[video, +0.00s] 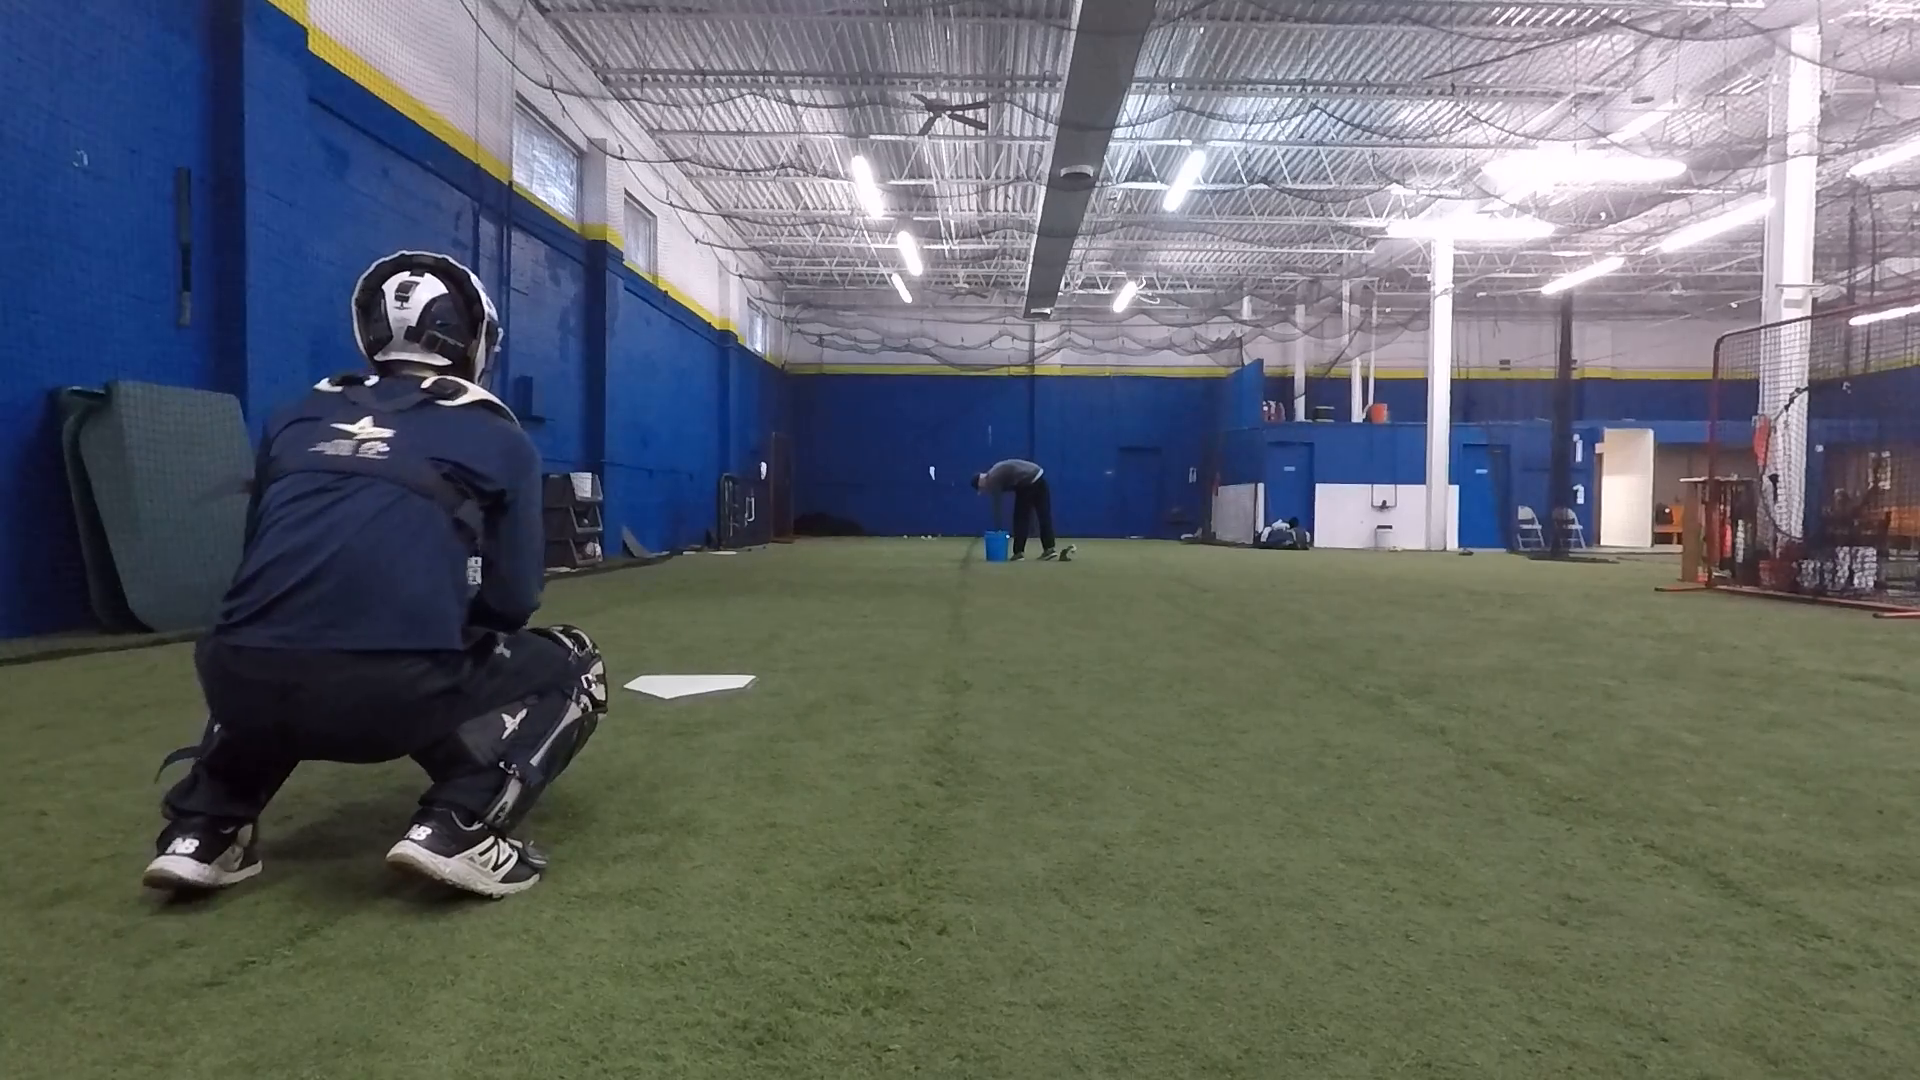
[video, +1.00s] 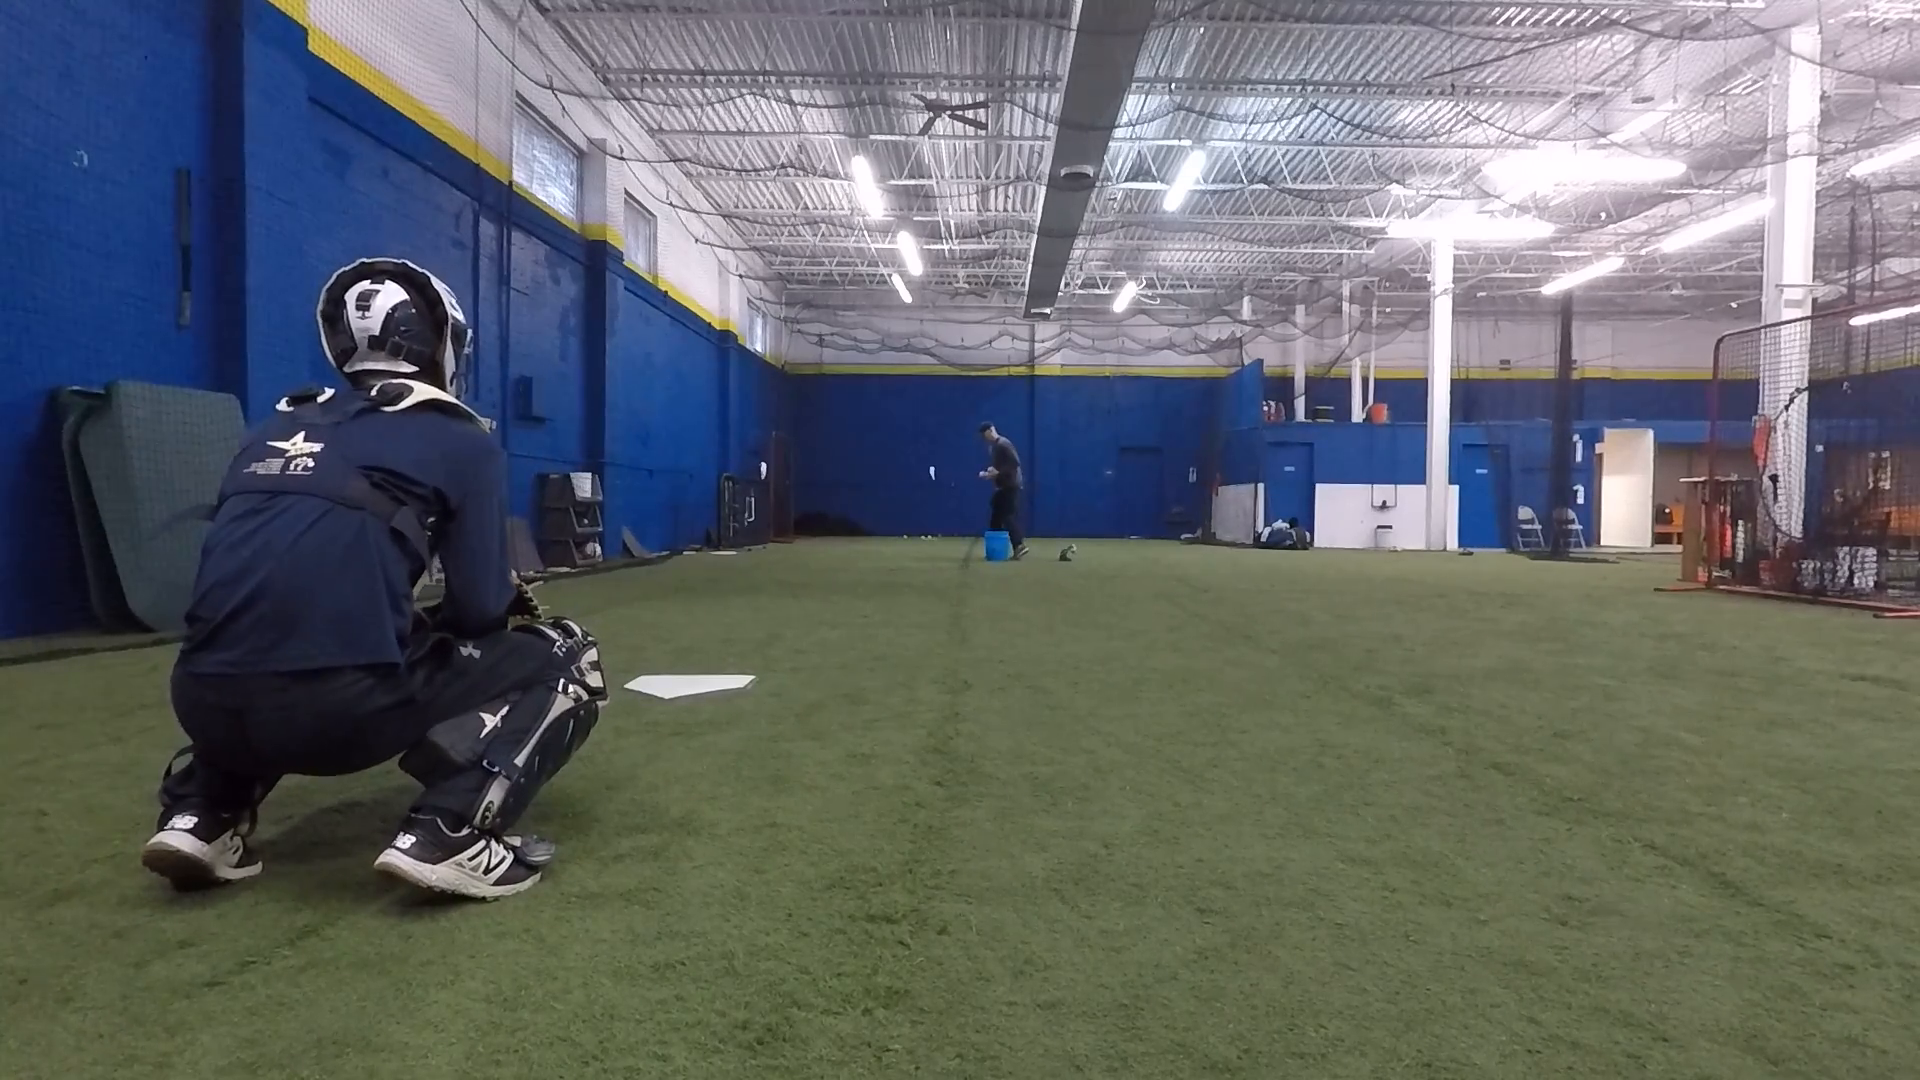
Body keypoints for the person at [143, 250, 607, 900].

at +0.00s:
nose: (488, 348)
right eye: (483, 334)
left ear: (369, 338)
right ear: (472, 342)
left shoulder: (295, 415)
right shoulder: (502, 439)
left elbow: (259, 554)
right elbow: (513, 598)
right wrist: (448, 636)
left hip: (252, 685)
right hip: (397, 693)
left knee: (283, 629)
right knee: (572, 665)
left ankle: (202, 827)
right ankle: (459, 823)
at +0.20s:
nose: (478, 352)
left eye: (474, 337)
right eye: (473, 337)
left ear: (359, 340)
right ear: (459, 341)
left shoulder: (293, 417)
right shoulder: (475, 431)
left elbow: (259, 566)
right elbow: (484, 598)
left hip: (222, 694)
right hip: (357, 700)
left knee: (297, 618)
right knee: (573, 654)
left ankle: (203, 814)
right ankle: (445, 830)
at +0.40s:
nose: (466, 352)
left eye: (464, 336)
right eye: (462, 336)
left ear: (350, 341)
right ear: (445, 339)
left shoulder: (287, 412)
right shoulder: (454, 423)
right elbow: (459, 595)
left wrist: (391, 609)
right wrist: (500, 600)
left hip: (203, 692)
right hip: (329, 689)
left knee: (294, 613)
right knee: (569, 646)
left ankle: (205, 808)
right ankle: (438, 835)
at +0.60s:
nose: (457, 353)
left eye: (453, 338)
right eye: (451, 338)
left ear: (340, 350)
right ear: (433, 342)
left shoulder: (279, 422)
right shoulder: (453, 432)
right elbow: (465, 602)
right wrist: (501, 598)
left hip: (211, 705)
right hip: (340, 708)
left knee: (279, 613)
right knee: (572, 653)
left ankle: (204, 812)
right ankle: (446, 831)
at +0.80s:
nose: (457, 352)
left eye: (454, 337)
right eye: (452, 337)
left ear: (338, 348)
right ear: (436, 341)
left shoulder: (273, 424)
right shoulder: (462, 436)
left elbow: (252, 573)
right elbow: (482, 606)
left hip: (218, 701)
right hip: (355, 704)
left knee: (278, 621)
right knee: (569, 655)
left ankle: (202, 814)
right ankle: (451, 827)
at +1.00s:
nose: (459, 354)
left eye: (455, 340)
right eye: (453, 339)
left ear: (342, 350)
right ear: (438, 343)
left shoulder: (277, 426)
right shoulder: (463, 441)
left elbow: (263, 577)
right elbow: (480, 606)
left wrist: (395, 619)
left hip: (214, 707)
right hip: (350, 708)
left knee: (276, 619)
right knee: (568, 658)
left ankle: (202, 812)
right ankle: (451, 828)